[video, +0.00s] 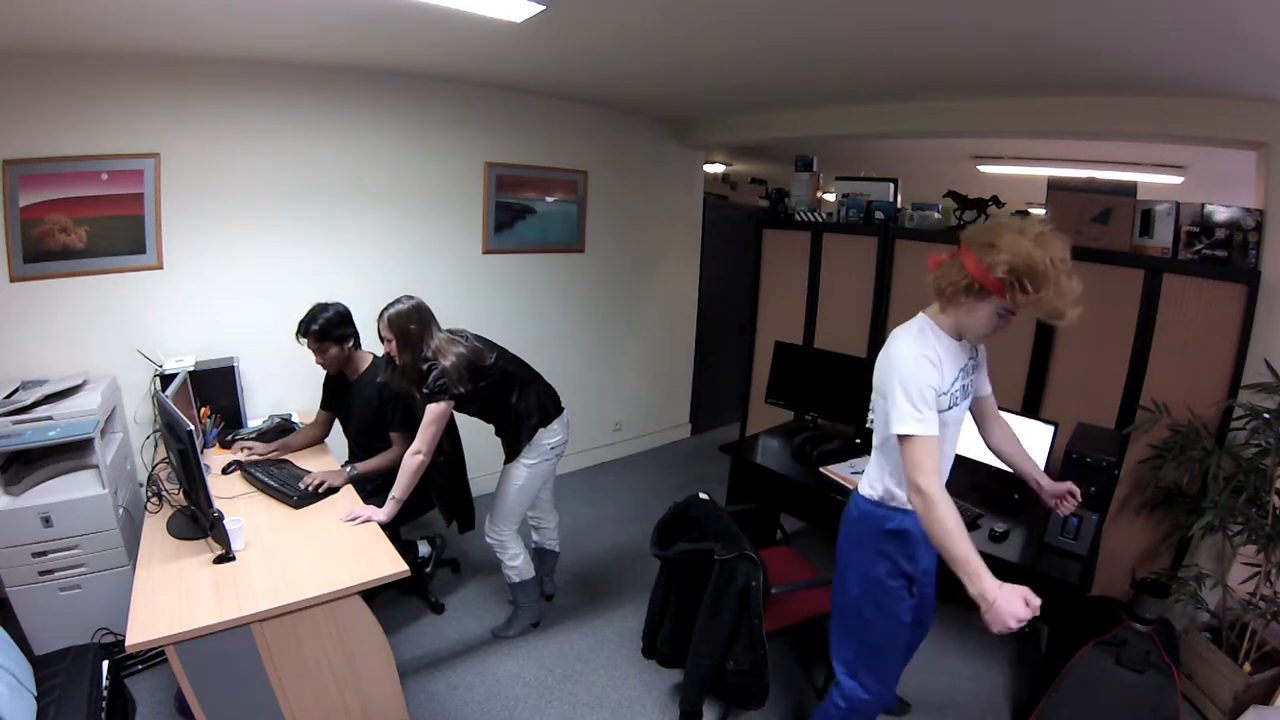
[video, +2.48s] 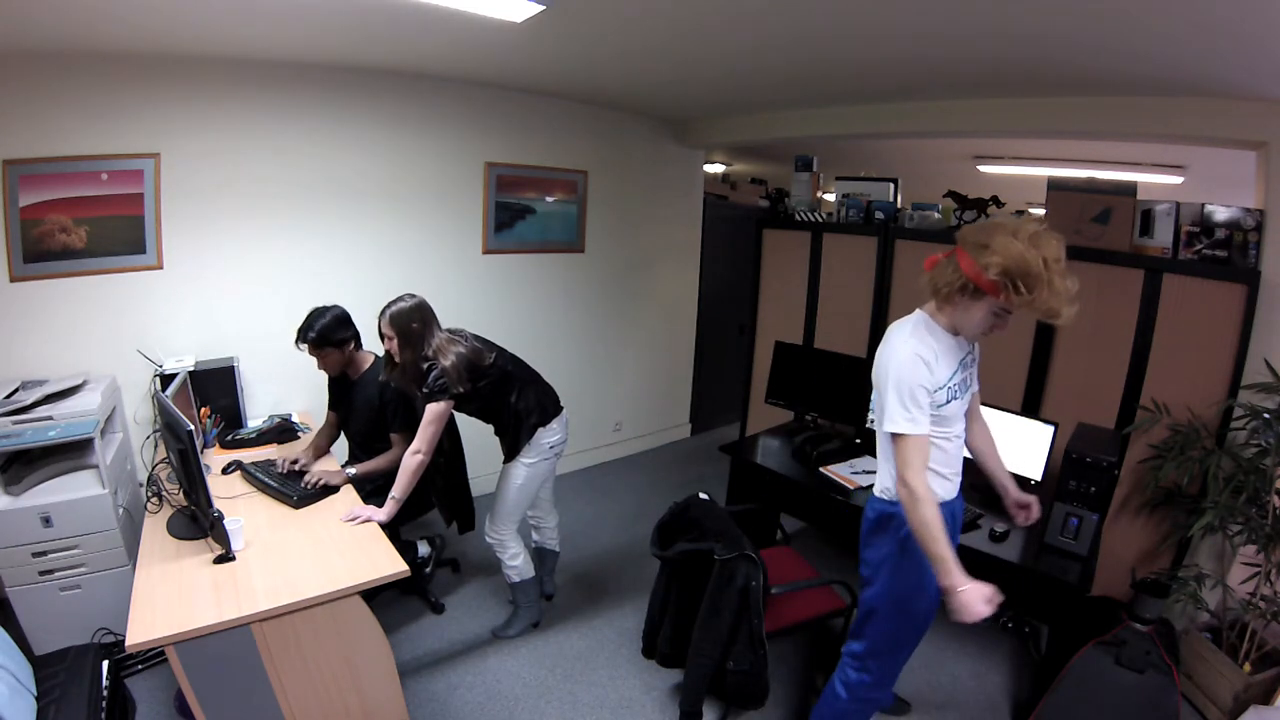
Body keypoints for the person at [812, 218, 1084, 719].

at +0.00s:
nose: (1006, 327)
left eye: (1012, 316)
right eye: (1004, 313)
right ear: (970, 289)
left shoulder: (966, 344)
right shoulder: (911, 356)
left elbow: (989, 420)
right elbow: (923, 489)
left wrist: (1040, 481)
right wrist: (987, 590)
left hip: (921, 522)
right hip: (882, 527)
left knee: (911, 623)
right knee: (865, 679)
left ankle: (876, 691)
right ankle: (845, 709)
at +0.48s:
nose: (999, 334)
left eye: (1005, 323)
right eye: (997, 320)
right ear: (970, 299)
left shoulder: (965, 347)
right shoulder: (908, 357)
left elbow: (984, 422)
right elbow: (919, 487)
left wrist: (1030, 486)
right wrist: (971, 586)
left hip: (932, 518)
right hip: (892, 528)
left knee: (917, 632)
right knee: (875, 688)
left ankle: (881, 694)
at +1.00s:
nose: (1000, 334)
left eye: (1007, 323)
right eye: (999, 320)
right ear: (969, 296)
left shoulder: (962, 347)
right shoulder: (906, 360)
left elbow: (970, 428)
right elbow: (901, 489)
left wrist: (998, 501)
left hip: (943, 512)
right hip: (904, 522)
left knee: (913, 619)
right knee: (886, 657)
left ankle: (883, 694)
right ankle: (848, 712)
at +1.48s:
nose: (998, 329)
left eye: (1004, 318)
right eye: (996, 316)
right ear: (966, 293)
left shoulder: (959, 340)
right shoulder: (904, 355)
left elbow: (966, 419)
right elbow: (894, 486)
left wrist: (988, 494)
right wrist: (906, 590)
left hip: (948, 510)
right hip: (910, 519)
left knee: (919, 614)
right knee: (889, 641)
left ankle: (880, 689)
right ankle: (838, 713)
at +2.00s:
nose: (999, 330)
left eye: (1006, 319)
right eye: (998, 316)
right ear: (971, 293)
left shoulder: (959, 339)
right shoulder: (904, 356)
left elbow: (965, 420)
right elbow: (897, 487)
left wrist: (994, 492)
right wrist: (924, 588)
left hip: (946, 512)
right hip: (907, 522)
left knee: (915, 615)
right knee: (874, 652)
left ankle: (878, 689)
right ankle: (838, 713)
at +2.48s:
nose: (1002, 327)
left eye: (1008, 317)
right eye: (999, 314)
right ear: (970, 291)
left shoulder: (960, 338)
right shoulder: (908, 354)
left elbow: (970, 417)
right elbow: (910, 482)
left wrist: (1007, 488)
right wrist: (955, 581)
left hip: (943, 508)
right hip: (902, 520)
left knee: (909, 614)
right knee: (873, 647)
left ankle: (874, 688)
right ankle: (837, 712)